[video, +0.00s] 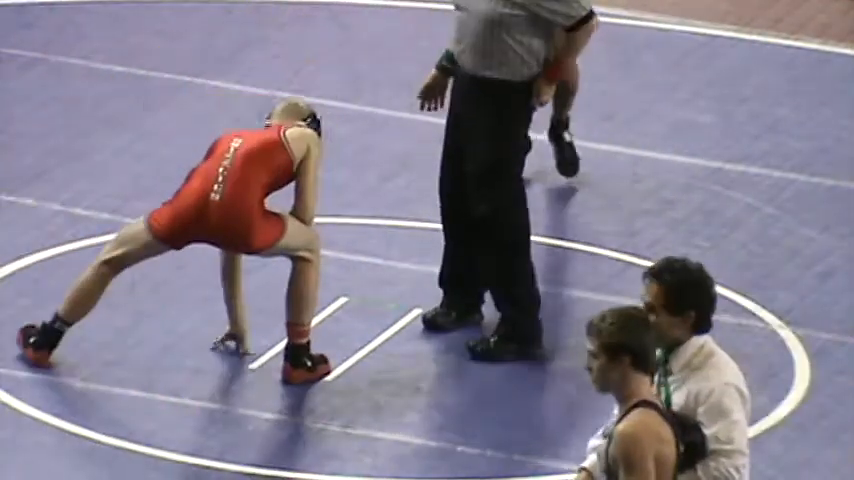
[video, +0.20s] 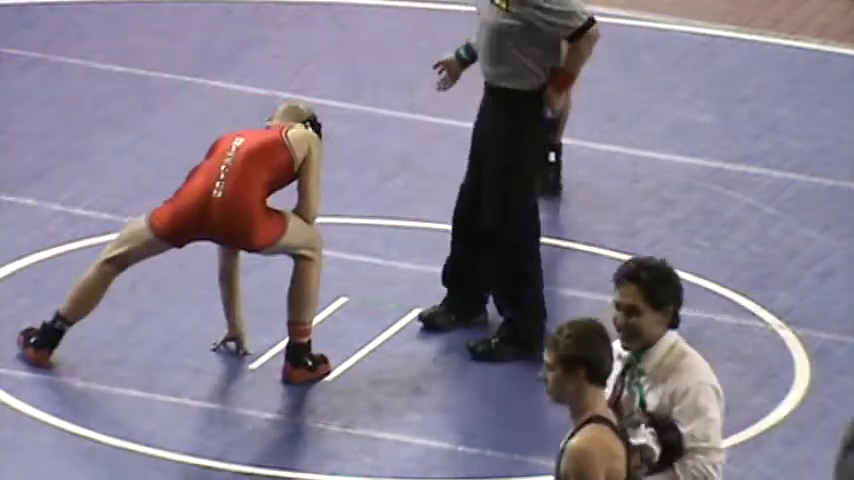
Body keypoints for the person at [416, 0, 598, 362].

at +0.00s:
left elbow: (583, 22)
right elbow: (478, 20)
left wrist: (549, 78)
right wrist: (444, 70)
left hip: (510, 84)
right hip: (470, 78)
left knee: (498, 203)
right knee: (457, 193)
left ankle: (521, 332)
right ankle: (461, 301)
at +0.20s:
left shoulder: (537, 5)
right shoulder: (503, 5)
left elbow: (587, 32)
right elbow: (499, 24)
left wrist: (561, 84)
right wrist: (462, 58)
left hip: (525, 102)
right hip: (497, 97)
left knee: (513, 218)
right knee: (474, 205)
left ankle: (524, 332)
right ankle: (464, 301)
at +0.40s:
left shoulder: (535, 6)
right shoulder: (516, 4)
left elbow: (583, 49)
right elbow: (517, 26)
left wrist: (569, 107)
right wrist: (472, 53)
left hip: (542, 105)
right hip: (523, 100)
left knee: (523, 218)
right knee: (509, 212)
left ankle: (528, 327)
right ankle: (515, 310)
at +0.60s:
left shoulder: (551, 6)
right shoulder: (536, 5)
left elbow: (582, 57)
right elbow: (523, 29)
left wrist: (575, 126)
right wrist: (475, 59)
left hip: (552, 107)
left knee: (530, 217)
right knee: (562, 216)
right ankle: (584, 320)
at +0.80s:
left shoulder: (559, 5)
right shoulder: (539, 5)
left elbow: (598, 55)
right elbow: (533, 28)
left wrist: (598, 125)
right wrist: (480, 66)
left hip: (581, 109)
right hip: (562, 104)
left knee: (569, 223)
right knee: (533, 215)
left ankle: (579, 332)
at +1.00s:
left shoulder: (567, 4)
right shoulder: (548, 6)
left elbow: (611, 54)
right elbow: (527, 39)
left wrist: (612, 119)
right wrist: (472, 73)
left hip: (592, 111)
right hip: (594, 107)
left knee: (536, 214)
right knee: (577, 218)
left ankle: (537, 333)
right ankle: (579, 336)